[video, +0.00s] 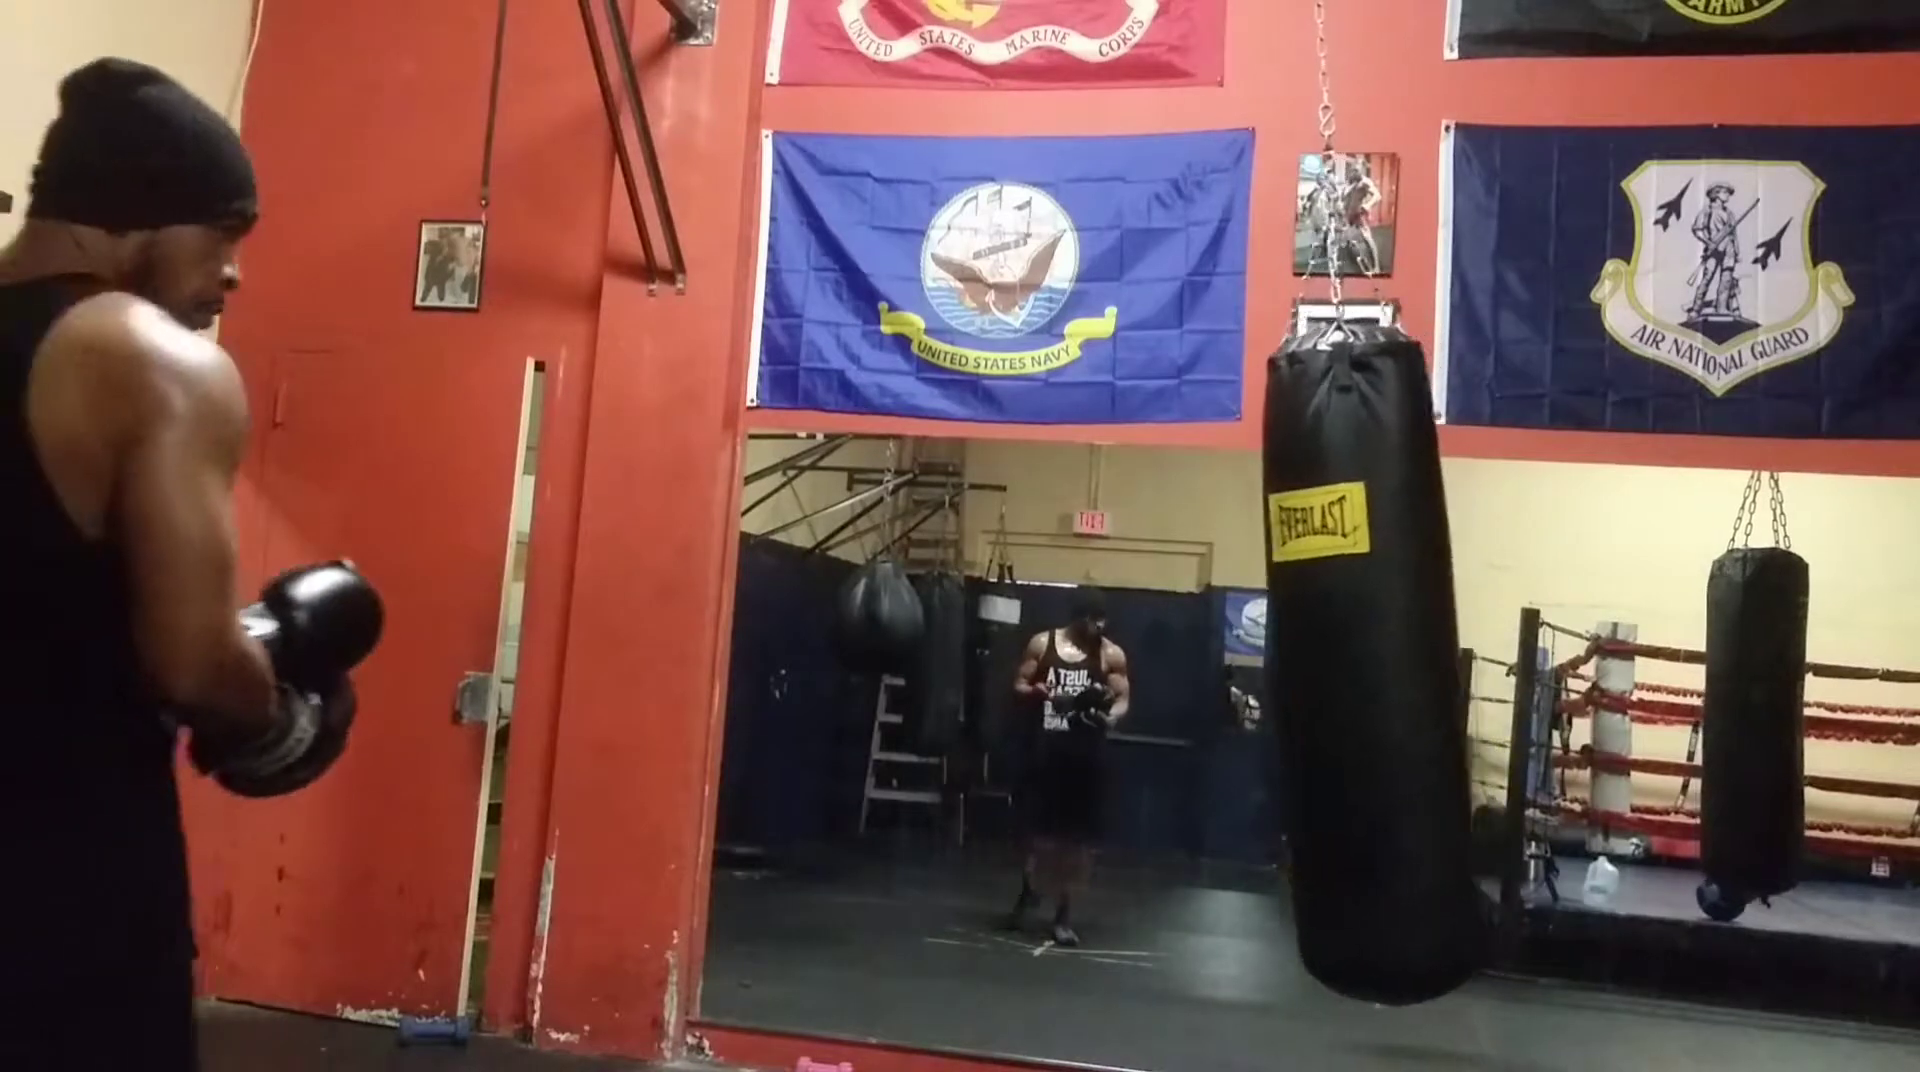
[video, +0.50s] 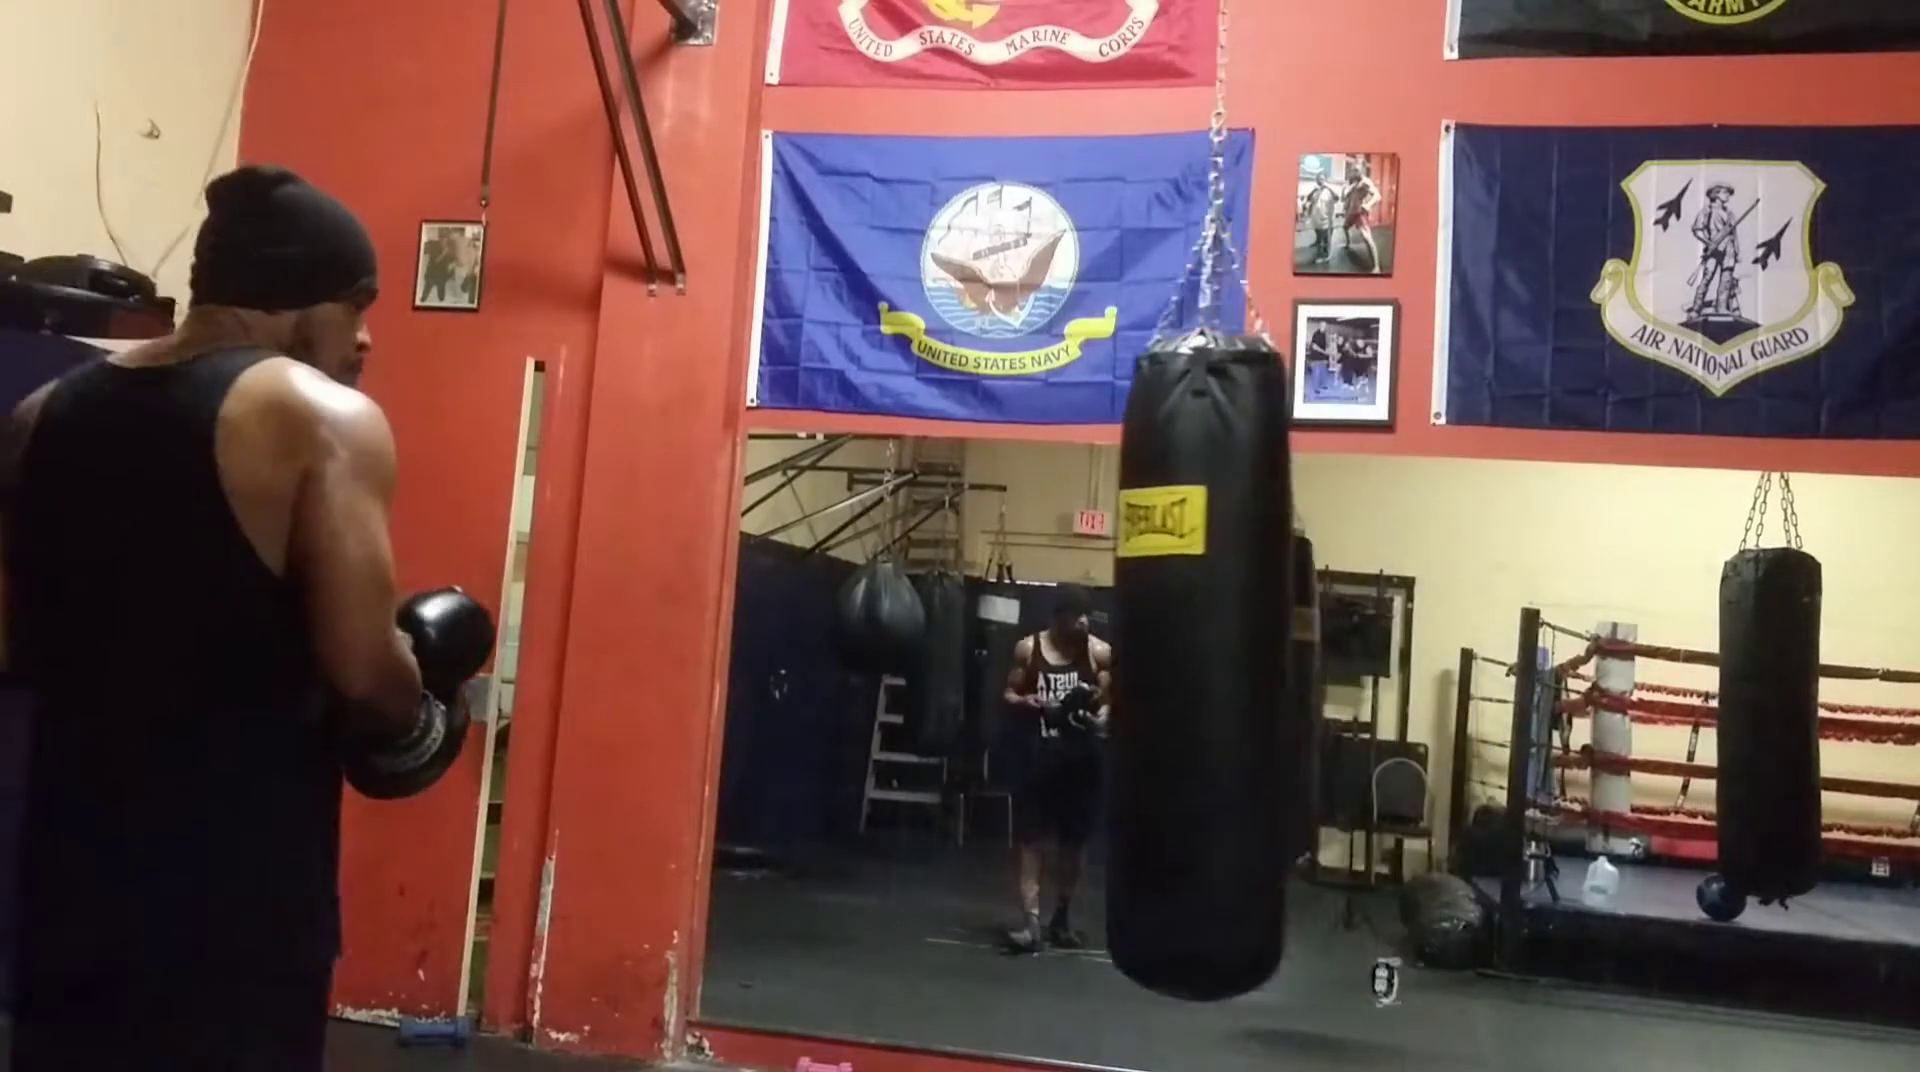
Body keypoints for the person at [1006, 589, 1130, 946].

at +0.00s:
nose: (1098, 626)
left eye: (1102, 620)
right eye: (1092, 619)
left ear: (1105, 620)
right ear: (1076, 617)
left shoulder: (1112, 654)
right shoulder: (1043, 644)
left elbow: (1121, 700)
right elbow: (1020, 684)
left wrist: (1108, 716)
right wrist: (1036, 689)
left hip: (1085, 755)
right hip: (1045, 752)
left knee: (1078, 838)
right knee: (1039, 831)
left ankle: (1064, 918)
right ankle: (1030, 889)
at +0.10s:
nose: (1098, 630)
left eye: (1101, 623)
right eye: (1092, 623)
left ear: (1104, 621)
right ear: (1075, 619)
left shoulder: (1113, 653)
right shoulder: (1043, 644)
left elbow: (1123, 698)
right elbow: (1020, 686)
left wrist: (1111, 714)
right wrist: (1041, 693)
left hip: (1086, 757)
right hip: (1045, 753)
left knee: (1078, 841)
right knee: (1036, 835)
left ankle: (1063, 920)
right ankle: (1021, 913)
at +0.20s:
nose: (1095, 631)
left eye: (1099, 625)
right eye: (1089, 625)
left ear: (1103, 622)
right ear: (1073, 620)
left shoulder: (1112, 654)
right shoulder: (1041, 645)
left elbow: (1122, 699)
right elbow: (1020, 687)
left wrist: (1110, 713)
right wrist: (1038, 697)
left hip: (1085, 756)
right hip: (1041, 753)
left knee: (1078, 838)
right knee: (1030, 832)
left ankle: (1063, 918)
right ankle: (1024, 914)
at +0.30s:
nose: (1092, 630)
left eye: (1095, 623)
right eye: (1086, 623)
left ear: (1100, 621)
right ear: (1069, 620)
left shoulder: (1109, 653)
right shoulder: (1039, 646)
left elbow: (1120, 700)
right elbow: (1018, 688)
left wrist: (1105, 715)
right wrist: (1036, 699)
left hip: (1083, 755)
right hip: (1042, 751)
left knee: (1075, 837)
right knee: (1031, 831)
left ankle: (1063, 919)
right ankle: (1026, 917)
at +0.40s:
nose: (1090, 628)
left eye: (1093, 622)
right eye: (1084, 622)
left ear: (1094, 621)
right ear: (1067, 619)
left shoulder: (1106, 653)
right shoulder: (1035, 647)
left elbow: (1117, 700)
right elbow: (1015, 691)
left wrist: (1102, 716)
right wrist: (1035, 701)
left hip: (1081, 756)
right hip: (1039, 753)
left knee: (1074, 838)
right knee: (1031, 834)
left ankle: (1062, 920)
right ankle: (1030, 921)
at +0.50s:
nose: (1081, 624)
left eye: (1084, 616)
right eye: (1074, 617)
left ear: (1088, 617)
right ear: (1058, 617)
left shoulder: (1100, 652)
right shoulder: (1029, 648)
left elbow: (1107, 700)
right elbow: (1009, 693)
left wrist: (1098, 709)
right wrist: (1032, 703)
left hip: (1081, 757)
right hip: (1037, 756)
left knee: (1072, 840)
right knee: (1032, 838)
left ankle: (1061, 921)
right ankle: (1031, 924)